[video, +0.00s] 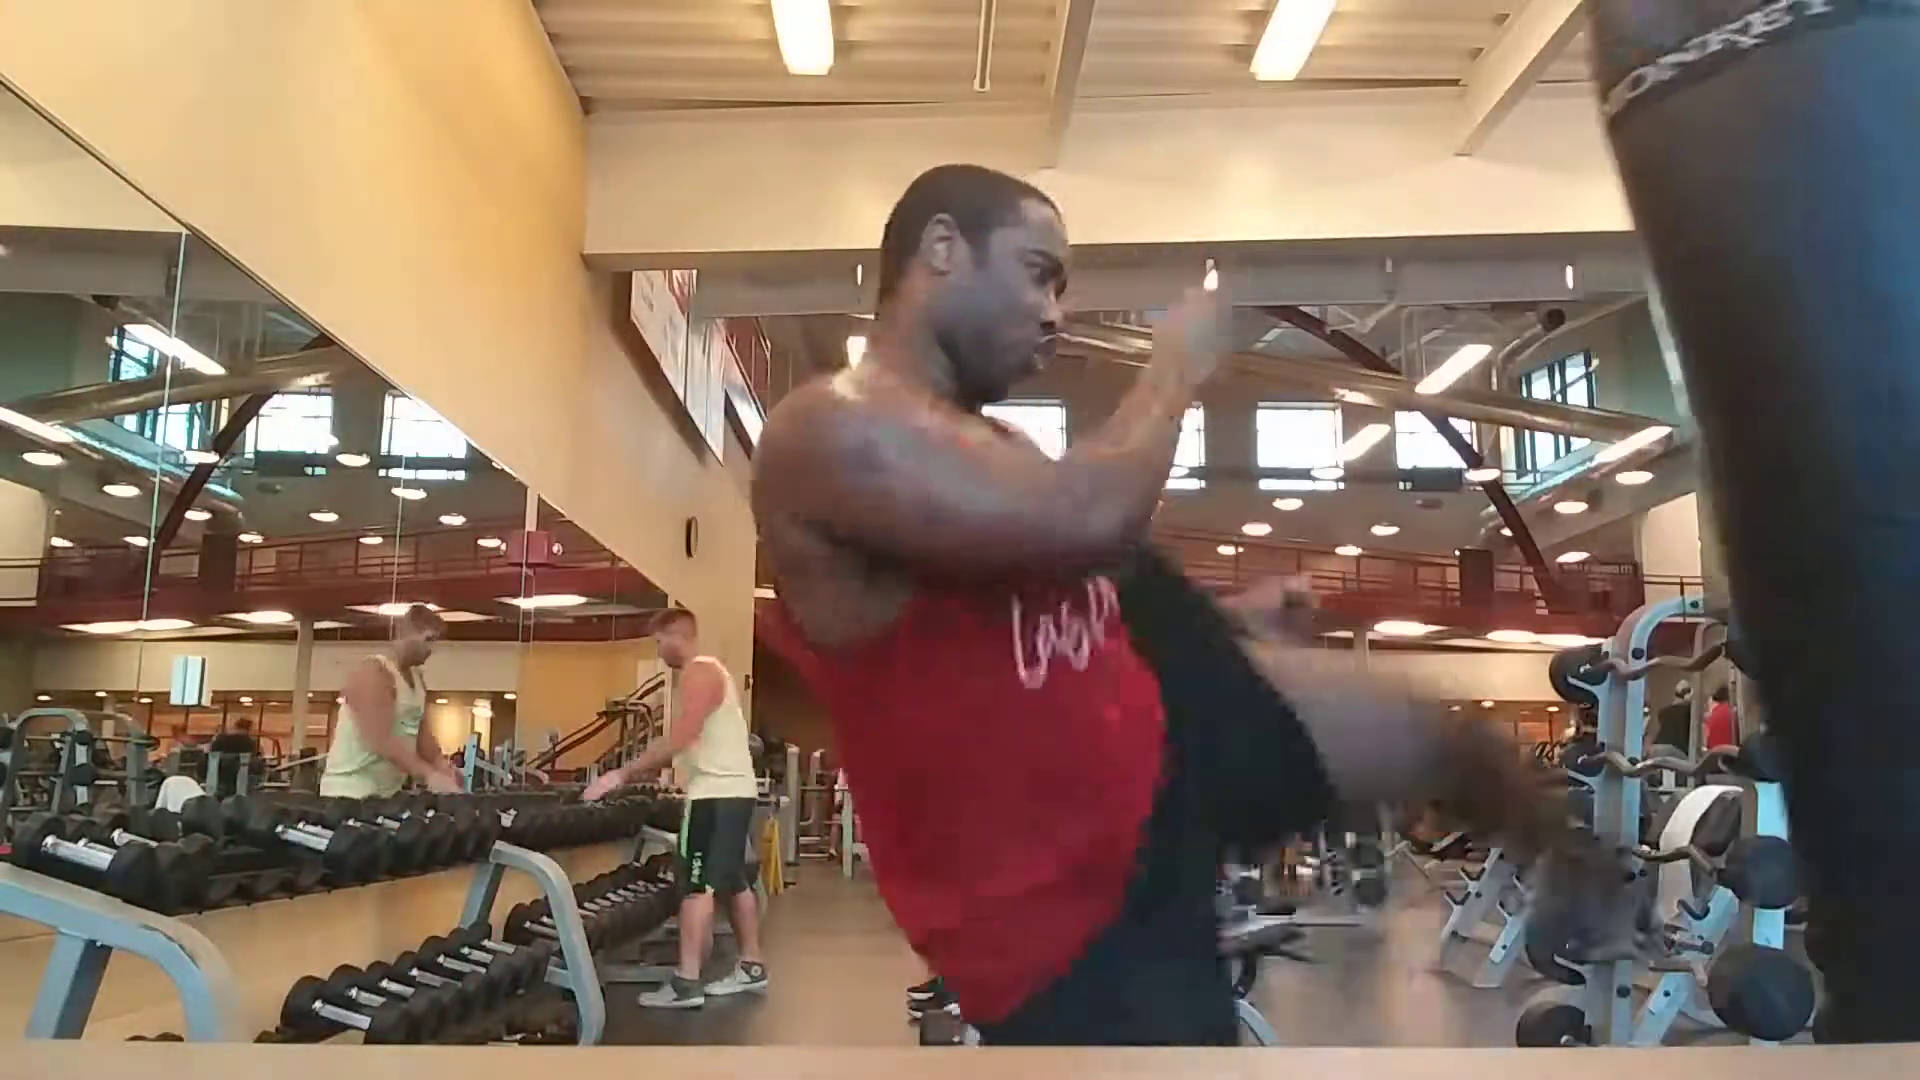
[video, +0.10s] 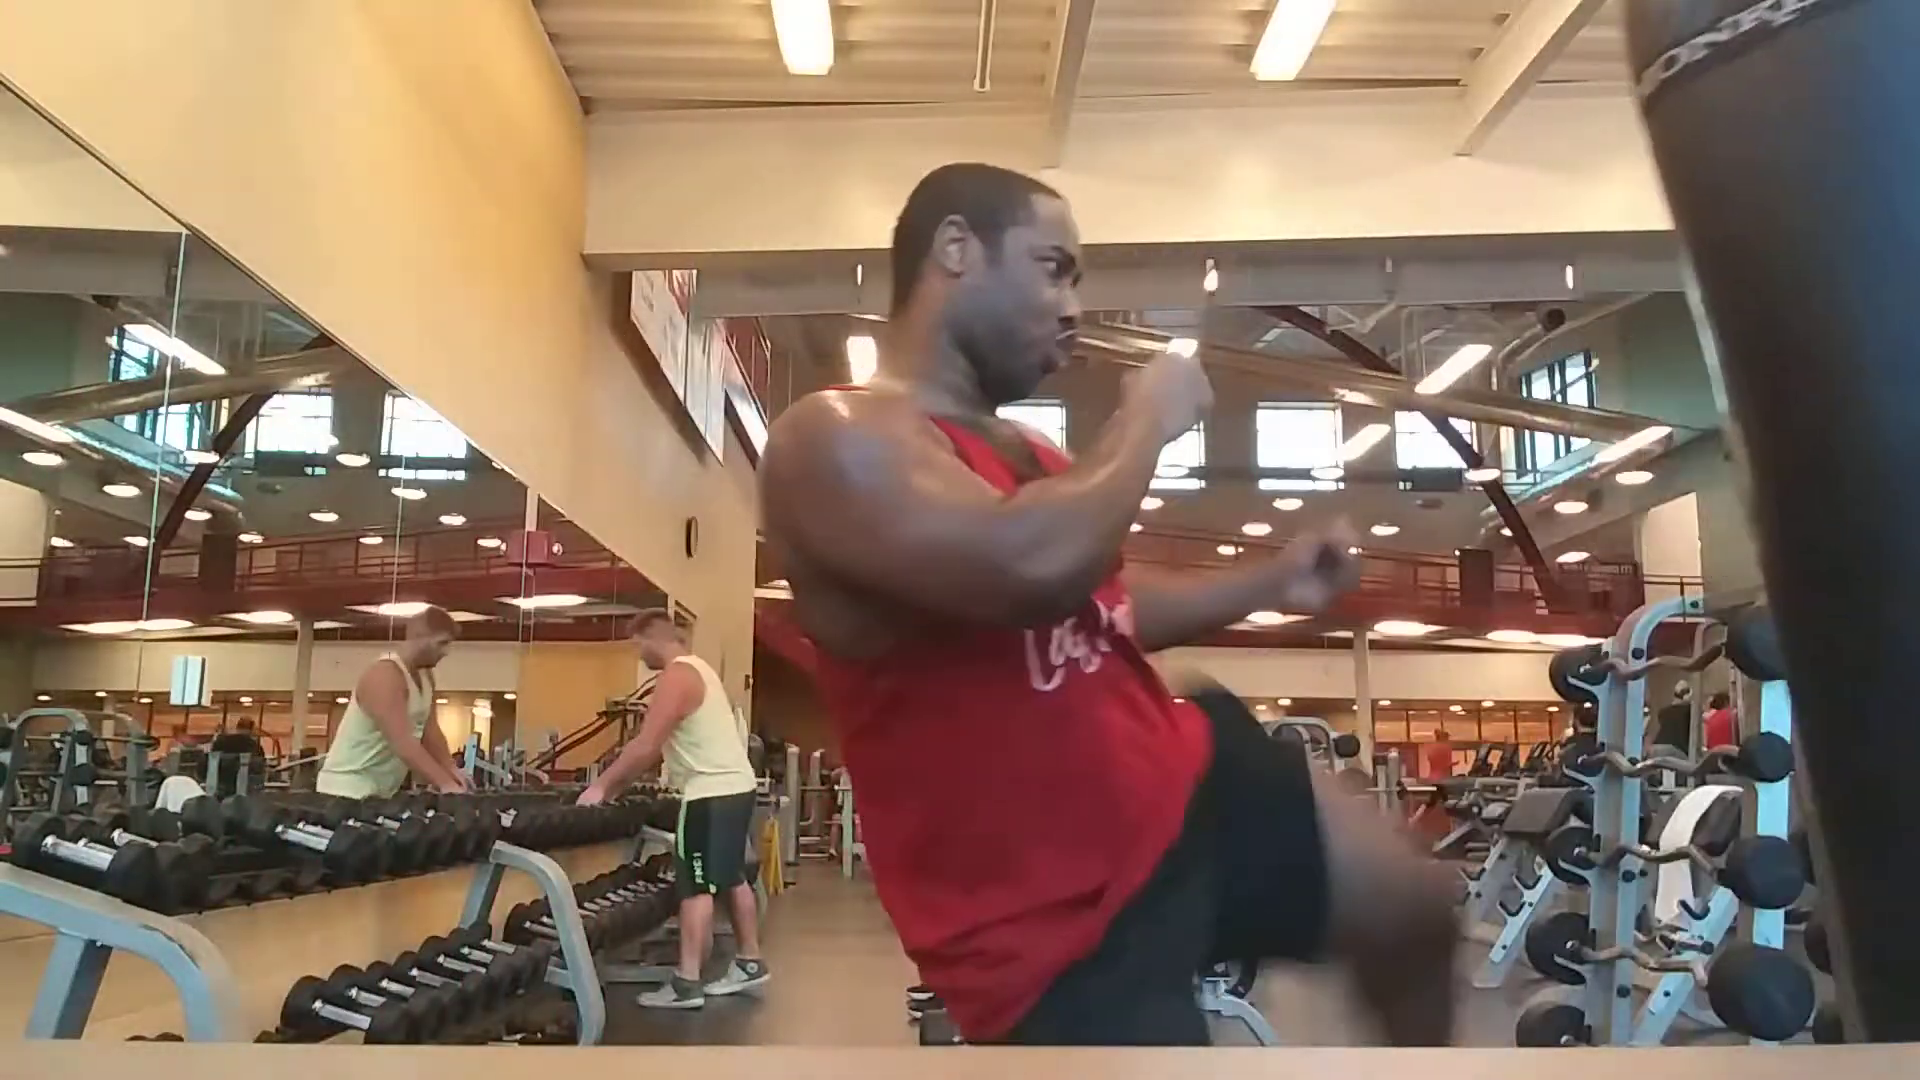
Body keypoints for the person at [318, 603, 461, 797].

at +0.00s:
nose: (431, 649)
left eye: (433, 641)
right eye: (428, 639)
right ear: (406, 632)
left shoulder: (415, 678)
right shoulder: (372, 672)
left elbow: (421, 736)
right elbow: (378, 740)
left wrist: (442, 767)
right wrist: (429, 775)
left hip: (389, 791)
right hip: (351, 792)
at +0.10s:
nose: (446, 652)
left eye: (448, 645)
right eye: (442, 644)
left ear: (421, 638)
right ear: (421, 637)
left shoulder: (423, 675)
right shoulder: (383, 675)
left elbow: (430, 731)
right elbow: (403, 745)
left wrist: (451, 771)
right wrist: (445, 784)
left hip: (382, 791)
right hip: (347, 789)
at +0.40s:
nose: (465, 662)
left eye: (467, 654)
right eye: (463, 653)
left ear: (442, 648)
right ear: (444, 648)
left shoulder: (440, 682)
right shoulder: (399, 681)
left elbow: (446, 737)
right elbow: (410, 762)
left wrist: (466, 790)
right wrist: (451, 798)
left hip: (383, 788)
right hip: (348, 787)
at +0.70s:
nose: (468, 662)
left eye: (470, 655)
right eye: (467, 654)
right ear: (449, 647)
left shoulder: (428, 677)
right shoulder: (405, 679)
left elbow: (431, 736)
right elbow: (411, 759)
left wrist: (451, 785)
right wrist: (451, 801)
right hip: (351, 791)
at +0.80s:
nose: (464, 657)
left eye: (467, 650)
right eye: (465, 649)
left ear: (430, 634)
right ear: (452, 645)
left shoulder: (419, 672)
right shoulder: (406, 676)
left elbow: (415, 740)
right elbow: (413, 754)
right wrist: (448, 799)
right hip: (352, 788)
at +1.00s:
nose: (442, 653)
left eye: (446, 647)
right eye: (445, 646)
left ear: (415, 631)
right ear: (441, 644)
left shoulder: (380, 658)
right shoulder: (406, 669)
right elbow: (417, 745)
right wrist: (447, 793)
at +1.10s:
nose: (437, 648)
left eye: (441, 642)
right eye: (440, 641)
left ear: (406, 631)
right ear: (438, 641)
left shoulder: (375, 659)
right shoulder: (411, 668)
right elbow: (420, 746)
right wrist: (449, 795)